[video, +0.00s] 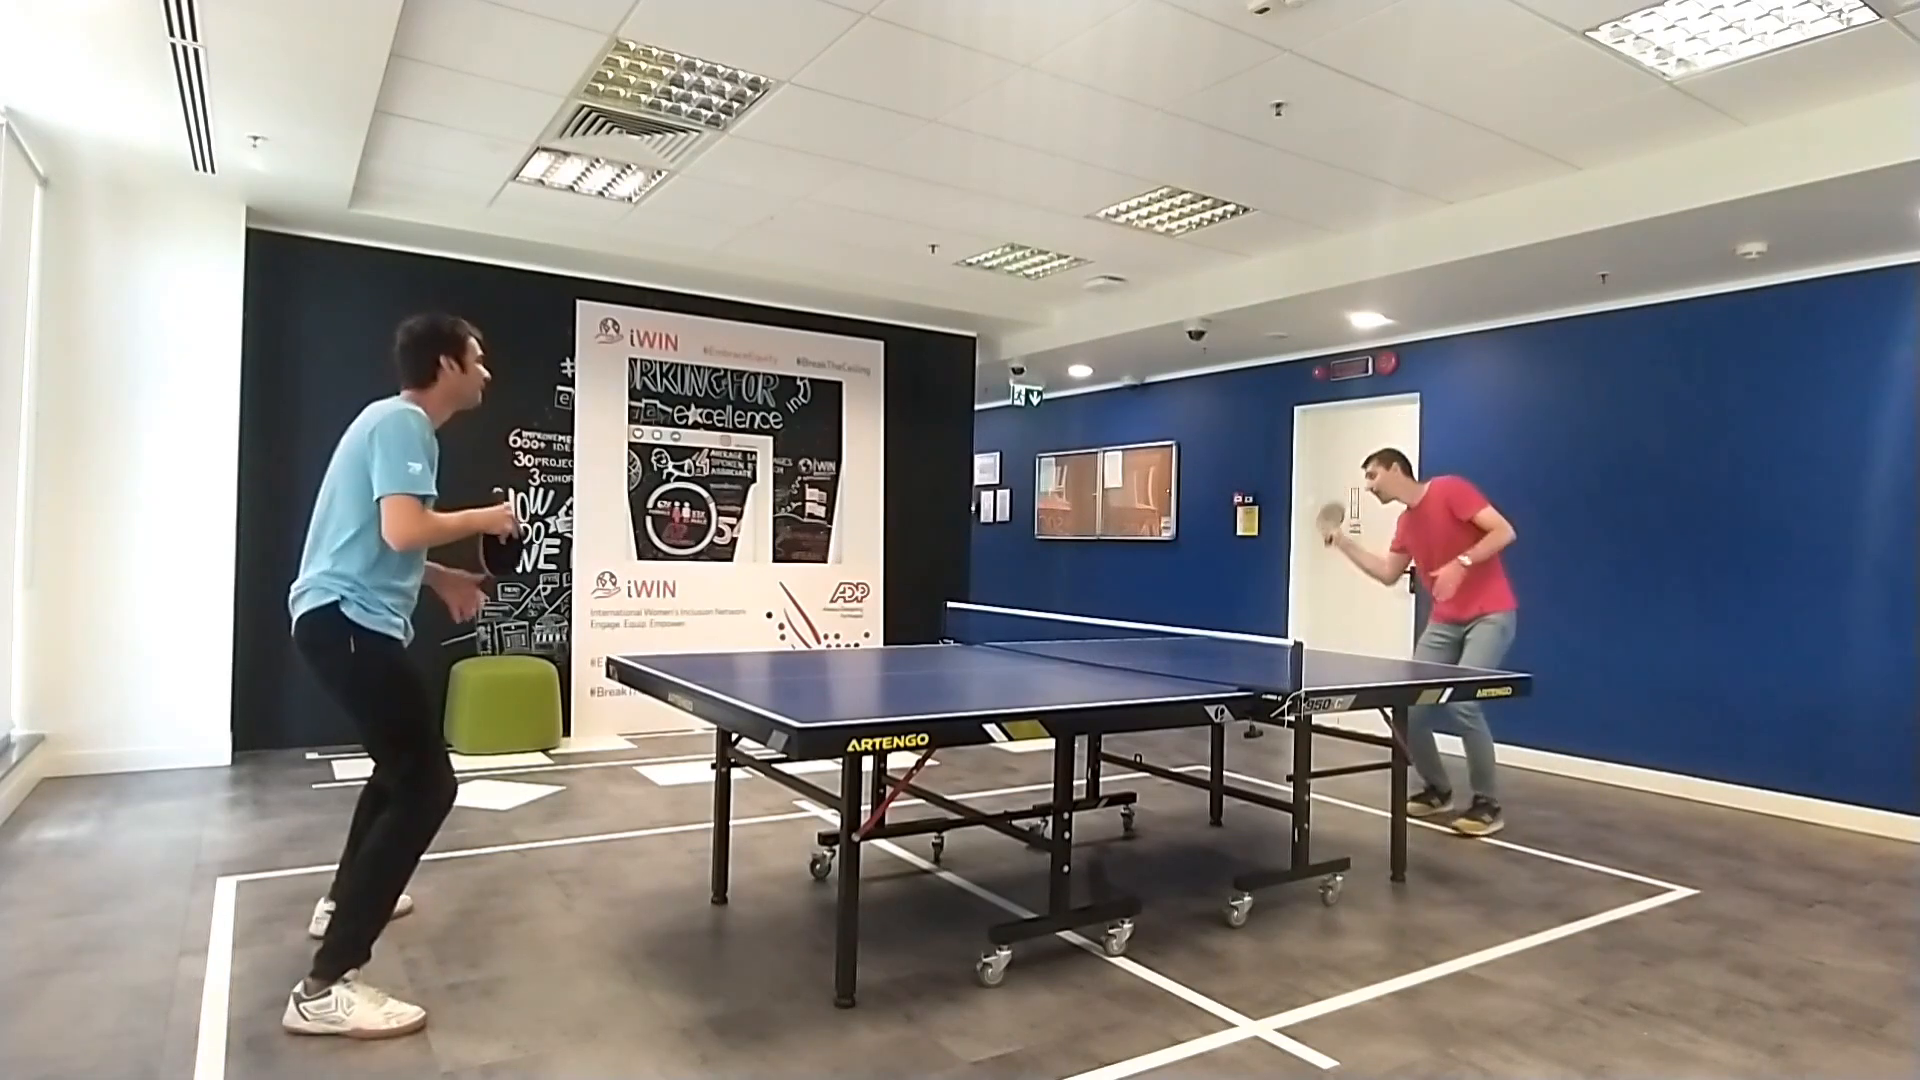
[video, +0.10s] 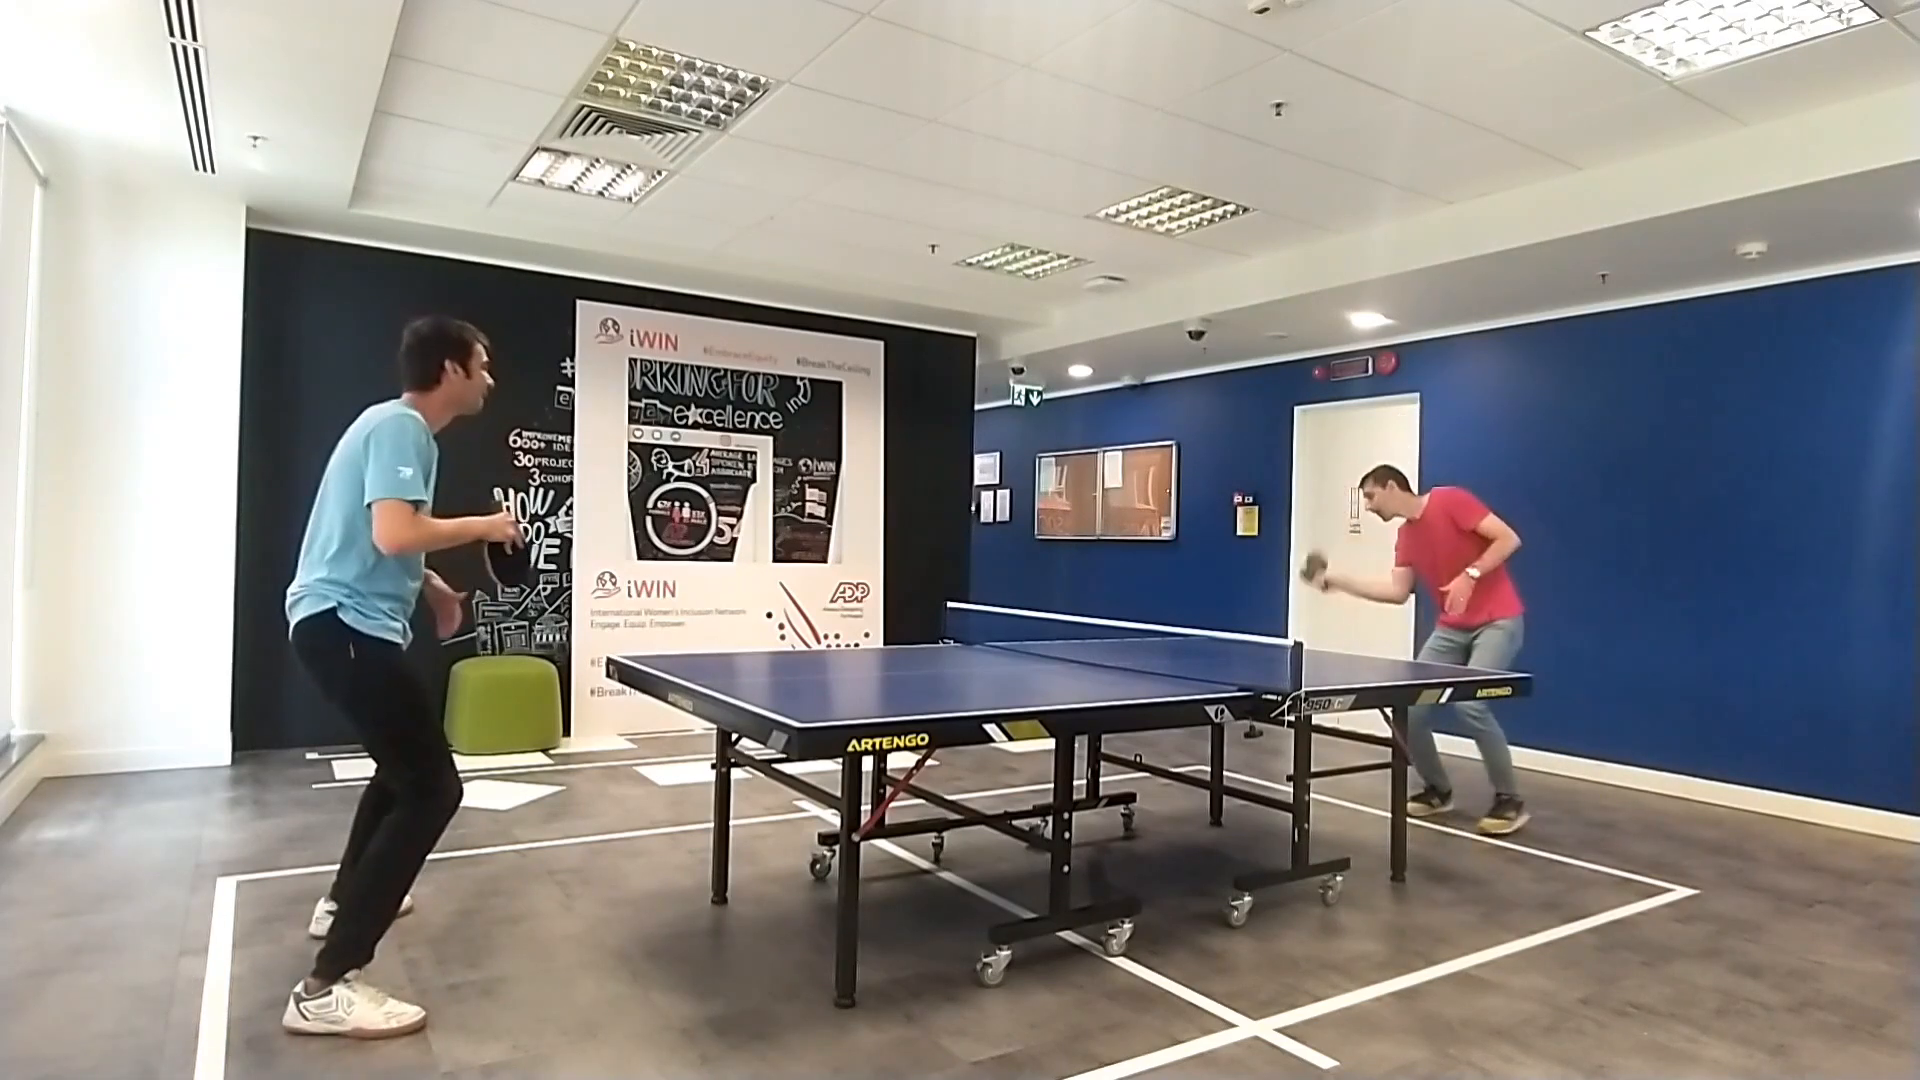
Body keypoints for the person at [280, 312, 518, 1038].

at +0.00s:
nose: (488, 372)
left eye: (484, 361)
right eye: (479, 360)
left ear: (434, 367)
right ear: (446, 365)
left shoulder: (395, 426)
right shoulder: (403, 423)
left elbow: (375, 539)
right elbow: (403, 527)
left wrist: (437, 575)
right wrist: (489, 517)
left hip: (350, 618)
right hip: (348, 619)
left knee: (402, 764)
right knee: (428, 785)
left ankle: (345, 904)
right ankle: (324, 988)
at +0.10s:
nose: (490, 379)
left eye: (488, 368)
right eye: (482, 367)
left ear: (436, 371)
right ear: (450, 370)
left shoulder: (394, 429)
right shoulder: (401, 428)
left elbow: (377, 540)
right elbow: (395, 531)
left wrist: (429, 581)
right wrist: (488, 525)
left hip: (347, 621)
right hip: (345, 622)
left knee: (403, 768)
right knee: (434, 788)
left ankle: (343, 905)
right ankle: (326, 986)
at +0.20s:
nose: (495, 381)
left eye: (494, 370)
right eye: (488, 369)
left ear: (445, 373)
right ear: (455, 371)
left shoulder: (407, 435)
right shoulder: (399, 427)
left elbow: (376, 537)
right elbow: (386, 529)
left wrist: (424, 579)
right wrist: (486, 529)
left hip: (354, 625)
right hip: (342, 625)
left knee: (404, 767)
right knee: (433, 789)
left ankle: (343, 906)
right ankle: (325, 988)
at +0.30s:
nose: (503, 382)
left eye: (504, 370)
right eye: (497, 369)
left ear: (454, 371)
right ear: (462, 370)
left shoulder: (421, 440)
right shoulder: (399, 423)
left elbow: (379, 533)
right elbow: (375, 525)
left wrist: (421, 573)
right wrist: (483, 540)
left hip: (363, 623)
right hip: (338, 621)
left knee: (401, 768)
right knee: (429, 785)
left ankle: (344, 907)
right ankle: (326, 988)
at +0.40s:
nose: (515, 386)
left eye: (516, 373)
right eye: (509, 372)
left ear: (467, 374)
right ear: (470, 372)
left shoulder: (434, 445)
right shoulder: (399, 425)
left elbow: (388, 532)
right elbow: (352, 530)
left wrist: (435, 569)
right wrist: (463, 566)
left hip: (362, 623)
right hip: (330, 621)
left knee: (400, 763)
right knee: (422, 780)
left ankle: (344, 908)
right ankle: (325, 988)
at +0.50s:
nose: (525, 396)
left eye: (528, 383)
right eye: (521, 381)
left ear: (481, 381)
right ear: (479, 376)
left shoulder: (450, 448)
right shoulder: (395, 430)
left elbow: (404, 528)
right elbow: (327, 544)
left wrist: (460, 561)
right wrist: (416, 620)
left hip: (369, 624)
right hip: (327, 622)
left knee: (406, 766)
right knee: (414, 780)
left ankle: (346, 903)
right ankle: (324, 988)